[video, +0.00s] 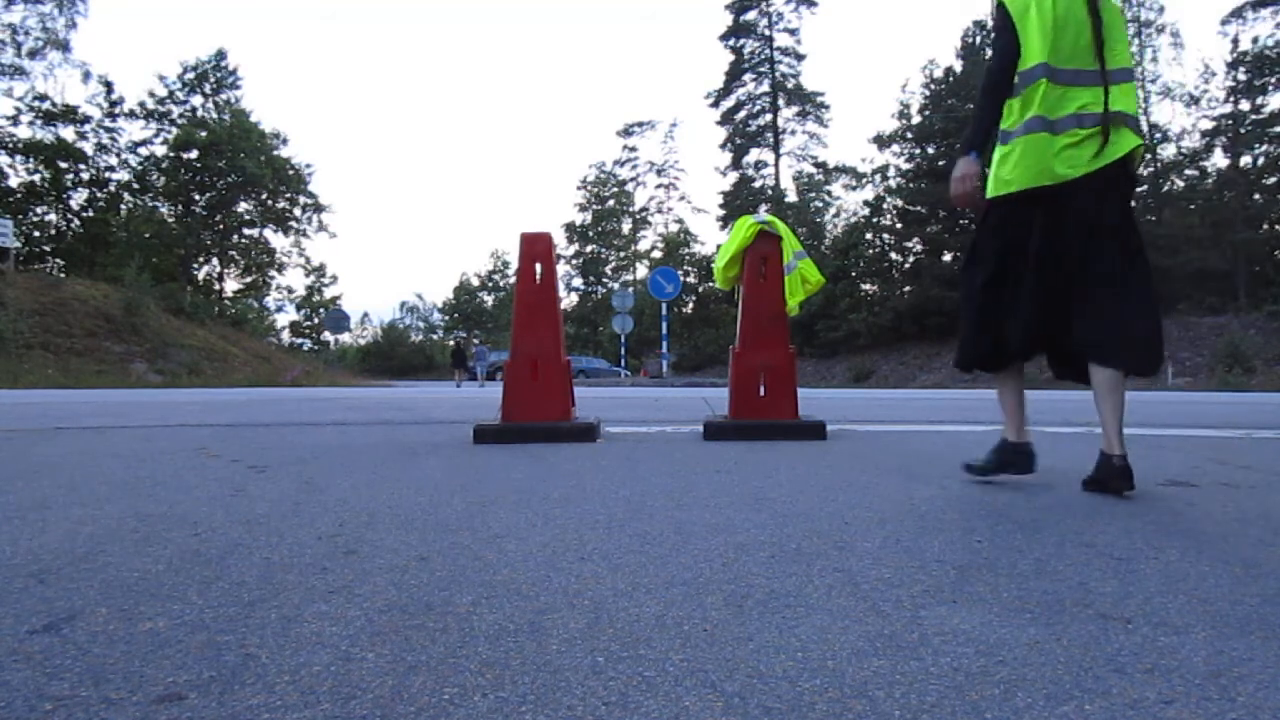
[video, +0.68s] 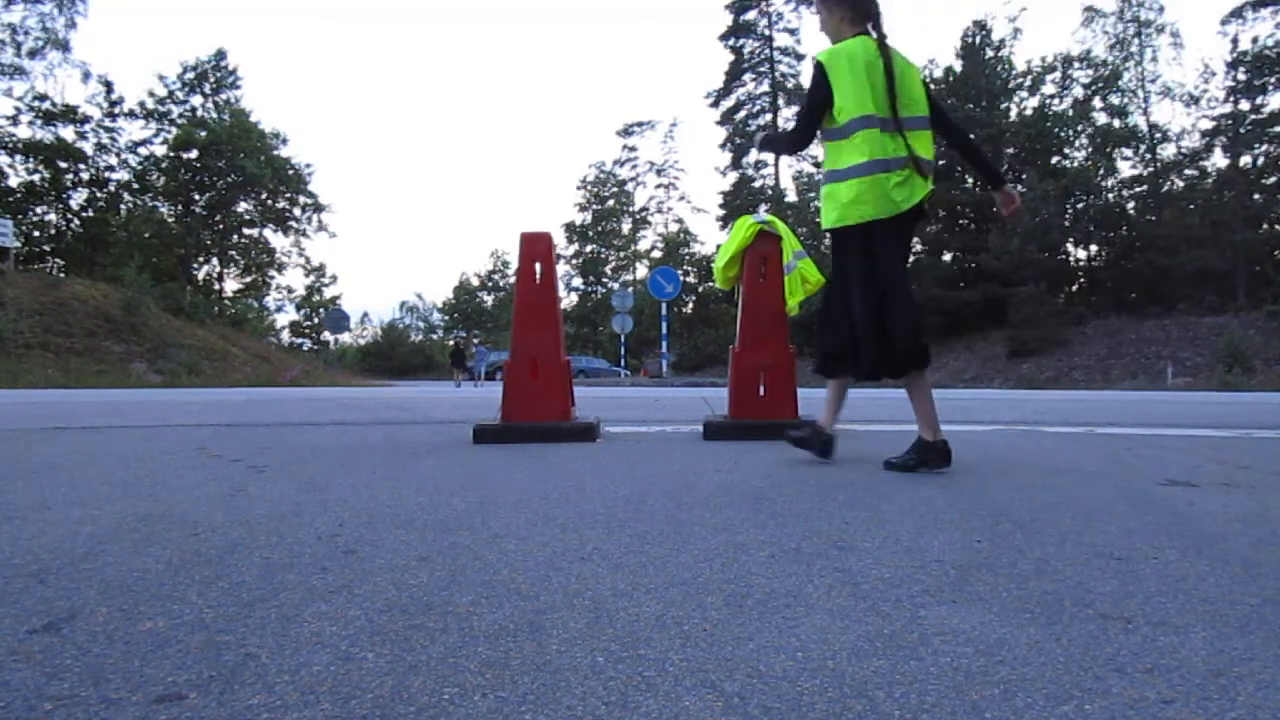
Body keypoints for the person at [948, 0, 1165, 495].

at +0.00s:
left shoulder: (1016, 7)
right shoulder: (1109, 11)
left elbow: (1003, 65)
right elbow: (1120, 80)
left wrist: (972, 151)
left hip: (1027, 169)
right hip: (1103, 168)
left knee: (998, 300)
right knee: (1100, 306)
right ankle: (1114, 456)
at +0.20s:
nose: (954, 4)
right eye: (956, 0)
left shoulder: (962, 30)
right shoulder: (1046, 38)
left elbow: (946, 103)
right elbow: (1063, 111)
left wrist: (917, 167)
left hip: (976, 203)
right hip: (1047, 201)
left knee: (961, 318)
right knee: (1072, 317)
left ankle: (942, 444)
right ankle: (1109, 444)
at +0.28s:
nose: (929, 10)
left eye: (930, 4)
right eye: (930, 5)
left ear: (941, 3)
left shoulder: (936, 44)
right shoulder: (1016, 45)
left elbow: (920, 124)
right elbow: (1033, 121)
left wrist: (901, 195)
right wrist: (1029, 187)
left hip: (948, 207)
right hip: (1017, 206)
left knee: (935, 322)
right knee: (1041, 317)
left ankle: (935, 445)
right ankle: (1096, 429)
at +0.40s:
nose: (892, 16)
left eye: (894, 7)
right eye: (891, 8)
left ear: (911, 5)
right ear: (940, 6)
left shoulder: (900, 58)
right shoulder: (980, 56)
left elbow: (884, 147)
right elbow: (994, 133)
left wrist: (867, 226)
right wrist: (984, 202)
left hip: (913, 221)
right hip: (976, 214)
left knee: (910, 330)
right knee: (976, 325)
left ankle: (933, 444)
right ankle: (1039, 403)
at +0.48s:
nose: (869, 19)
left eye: (872, 10)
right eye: (869, 10)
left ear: (892, 10)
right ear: (916, 11)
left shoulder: (880, 61)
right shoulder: (954, 58)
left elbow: (863, 148)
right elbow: (975, 137)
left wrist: (831, 213)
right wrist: (980, 216)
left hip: (896, 222)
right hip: (952, 215)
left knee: (900, 334)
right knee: (940, 328)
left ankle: (933, 445)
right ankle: (991, 408)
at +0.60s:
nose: (840, 20)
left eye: (841, 10)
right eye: (839, 11)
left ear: (859, 9)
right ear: (885, 11)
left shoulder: (853, 56)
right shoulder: (926, 62)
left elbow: (831, 129)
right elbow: (959, 132)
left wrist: (788, 162)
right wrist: (999, 195)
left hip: (872, 211)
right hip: (920, 205)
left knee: (888, 322)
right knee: (892, 320)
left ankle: (931, 444)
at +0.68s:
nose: (819, 23)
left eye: (822, 13)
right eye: (819, 15)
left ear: (843, 14)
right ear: (866, 16)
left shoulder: (832, 62)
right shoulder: (903, 66)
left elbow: (798, 139)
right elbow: (949, 129)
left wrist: (766, 139)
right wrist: (996, 182)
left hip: (857, 211)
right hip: (902, 206)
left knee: (894, 319)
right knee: (845, 314)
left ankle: (932, 440)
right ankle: (823, 428)